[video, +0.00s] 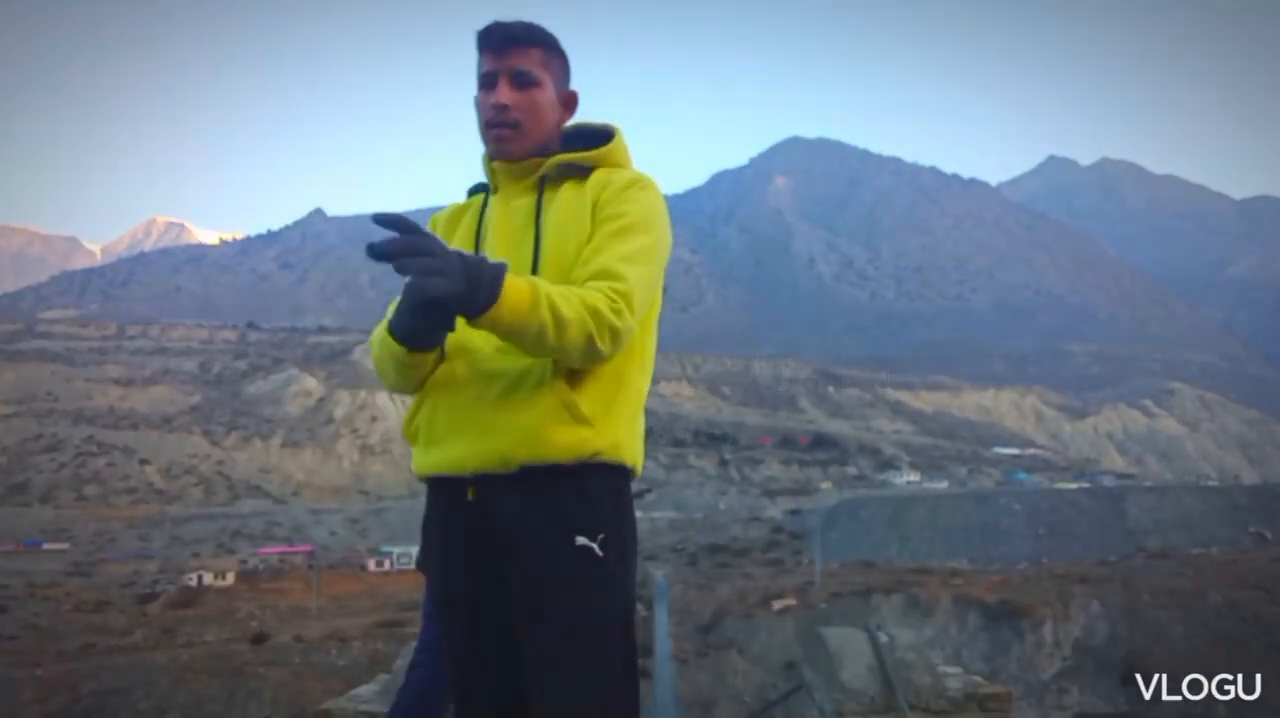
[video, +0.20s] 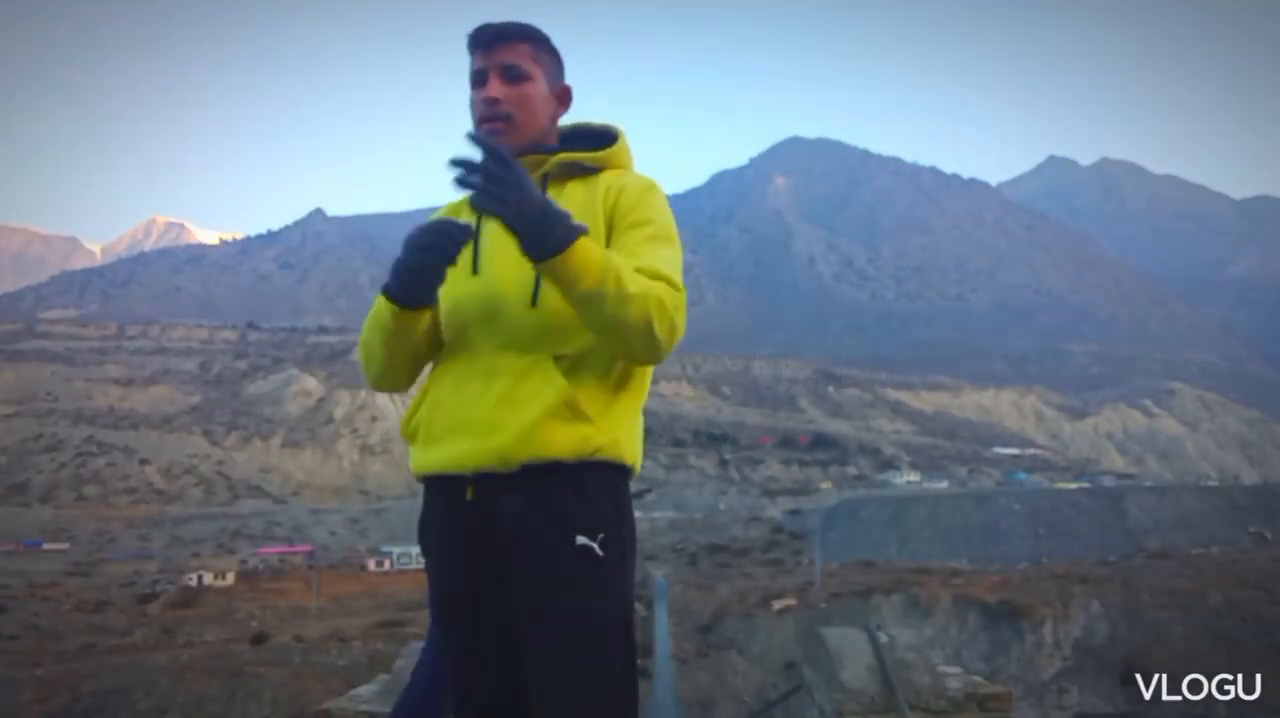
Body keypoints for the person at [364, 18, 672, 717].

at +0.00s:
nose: (498, 96)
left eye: (522, 81)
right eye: (488, 81)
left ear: (566, 102)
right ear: (474, 98)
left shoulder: (621, 195)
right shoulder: (449, 225)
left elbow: (598, 326)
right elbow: (394, 373)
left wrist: (481, 285)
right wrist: (422, 313)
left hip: (572, 501)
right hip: (459, 504)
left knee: (581, 698)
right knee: (473, 697)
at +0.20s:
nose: (490, 93)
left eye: (513, 76)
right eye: (478, 80)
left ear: (560, 97)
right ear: (466, 100)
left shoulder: (621, 193)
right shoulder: (457, 221)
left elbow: (653, 328)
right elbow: (384, 372)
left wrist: (542, 224)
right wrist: (406, 287)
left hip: (571, 493)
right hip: (456, 498)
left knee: (583, 696)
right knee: (474, 694)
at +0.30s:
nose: (489, 93)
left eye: (511, 76)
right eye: (477, 80)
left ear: (558, 93)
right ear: (466, 99)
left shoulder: (618, 193)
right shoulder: (442, 228)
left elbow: (692, 309)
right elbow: (369, 346)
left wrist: (606, 170)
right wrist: (376, 244)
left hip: (574, 493)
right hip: (457, 496)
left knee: (583, 697)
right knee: (476, 696)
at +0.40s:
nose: (486, 95)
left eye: (508, 77)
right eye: (474, 82)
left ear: (557, 95)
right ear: (463, 101)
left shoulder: (613, 191)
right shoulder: (445, 226)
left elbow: (722, 239)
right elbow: (332, 287)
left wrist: (654, 120)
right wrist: (368, 181)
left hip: (573, 498)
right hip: (457, 502)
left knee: (585, 699)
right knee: (476, 697)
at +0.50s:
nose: (483, 98)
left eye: (504, 78)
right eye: (470, 84)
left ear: (554, 96)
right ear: (460, 106)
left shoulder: (616, 187)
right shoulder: (439, 212)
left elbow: (730, 151)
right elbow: (319, 207)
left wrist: (645, 88)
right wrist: (410, 132)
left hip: (574, 496)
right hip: (457, 500)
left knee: (587, 698)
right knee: (474, 696)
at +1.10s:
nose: (515, 84)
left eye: (538, 71)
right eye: (503, 75)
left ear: (580, 98)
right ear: (491, 100)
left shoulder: (609, 189)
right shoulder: (454, 222)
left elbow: (650, 225)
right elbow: (321, 243)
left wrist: (588, 126)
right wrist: (423, 160)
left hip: (579, 499)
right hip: (462, 501)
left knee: (587, 697)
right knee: (460, 695)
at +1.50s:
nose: (516, 92)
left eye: (537, 77)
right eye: (502, 82)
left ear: (577, 98)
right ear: (489, 106)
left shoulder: (611, 196)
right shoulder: (449, 223)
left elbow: (725, 283)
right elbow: (337, 328)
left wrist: (622, 167)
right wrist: (325, 227)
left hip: (579, 498)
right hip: (460, 501)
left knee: (589, 697)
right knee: (458, 695)